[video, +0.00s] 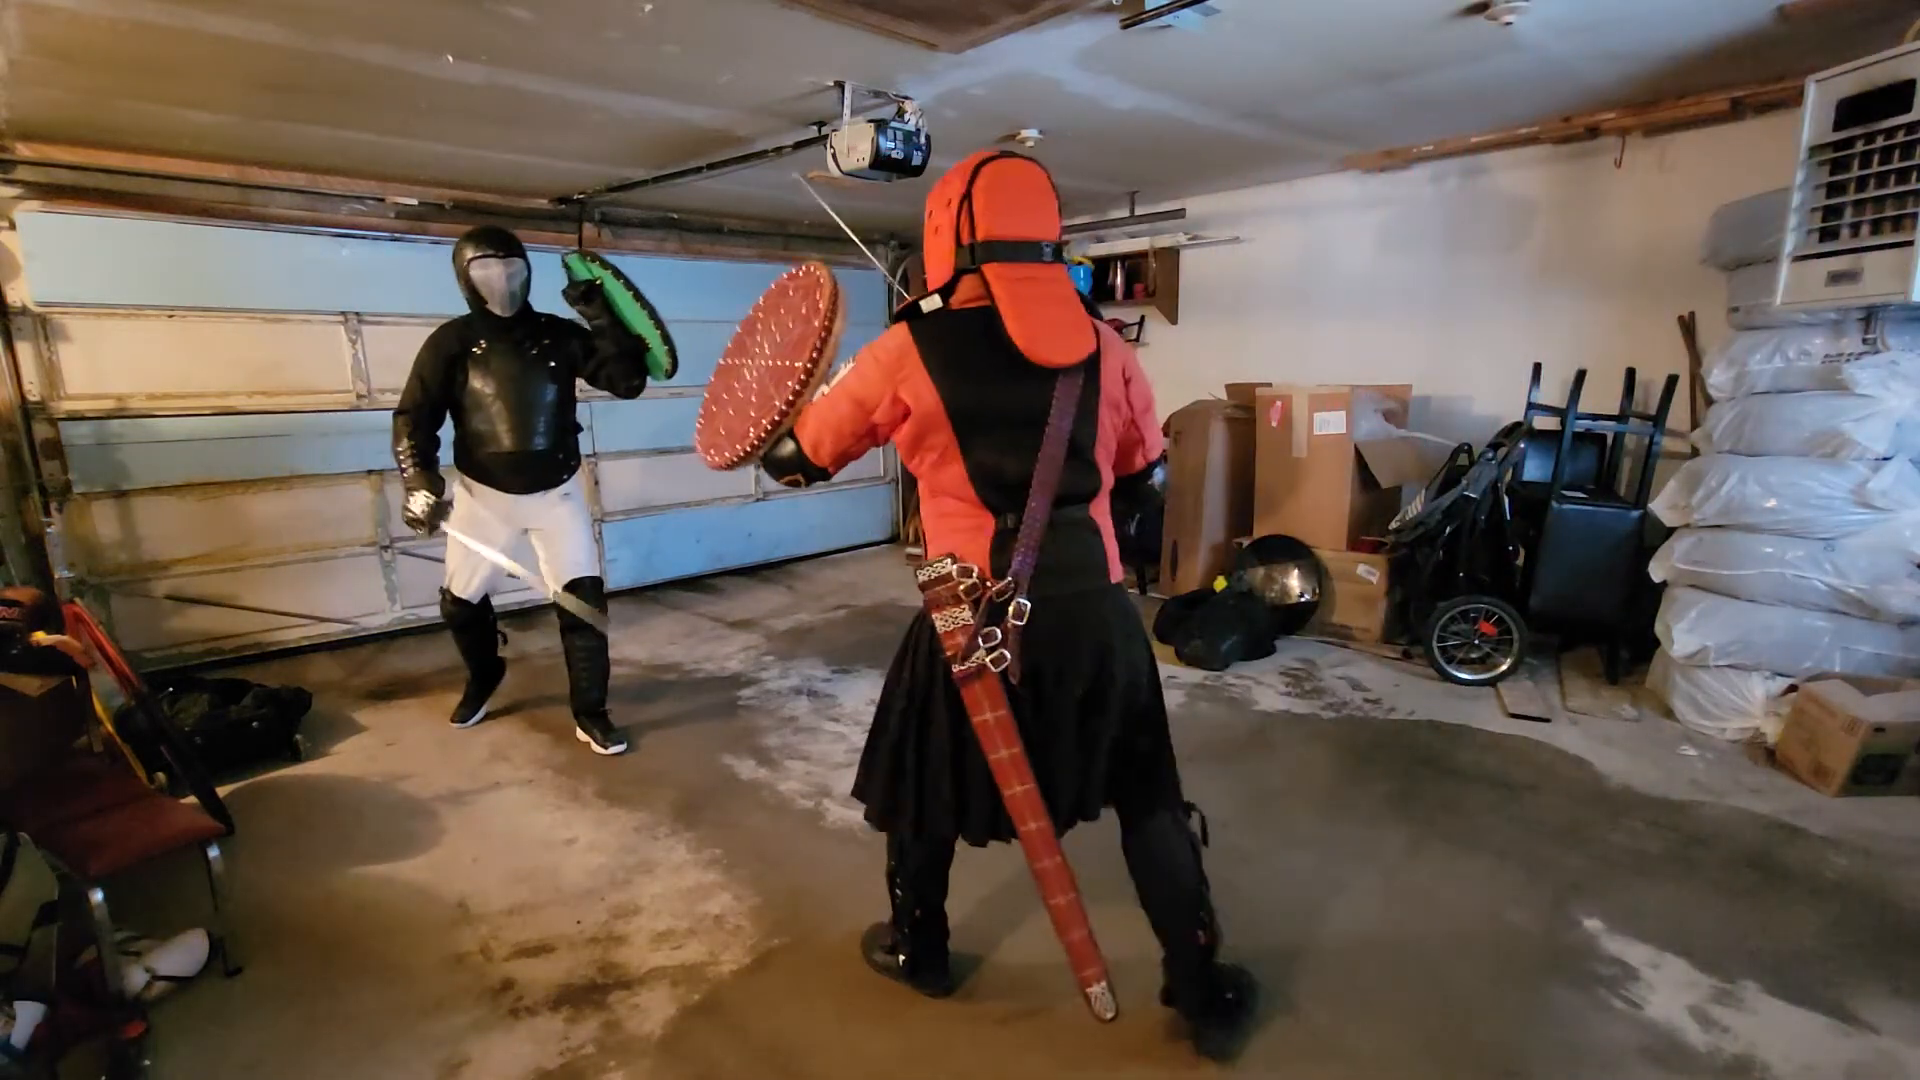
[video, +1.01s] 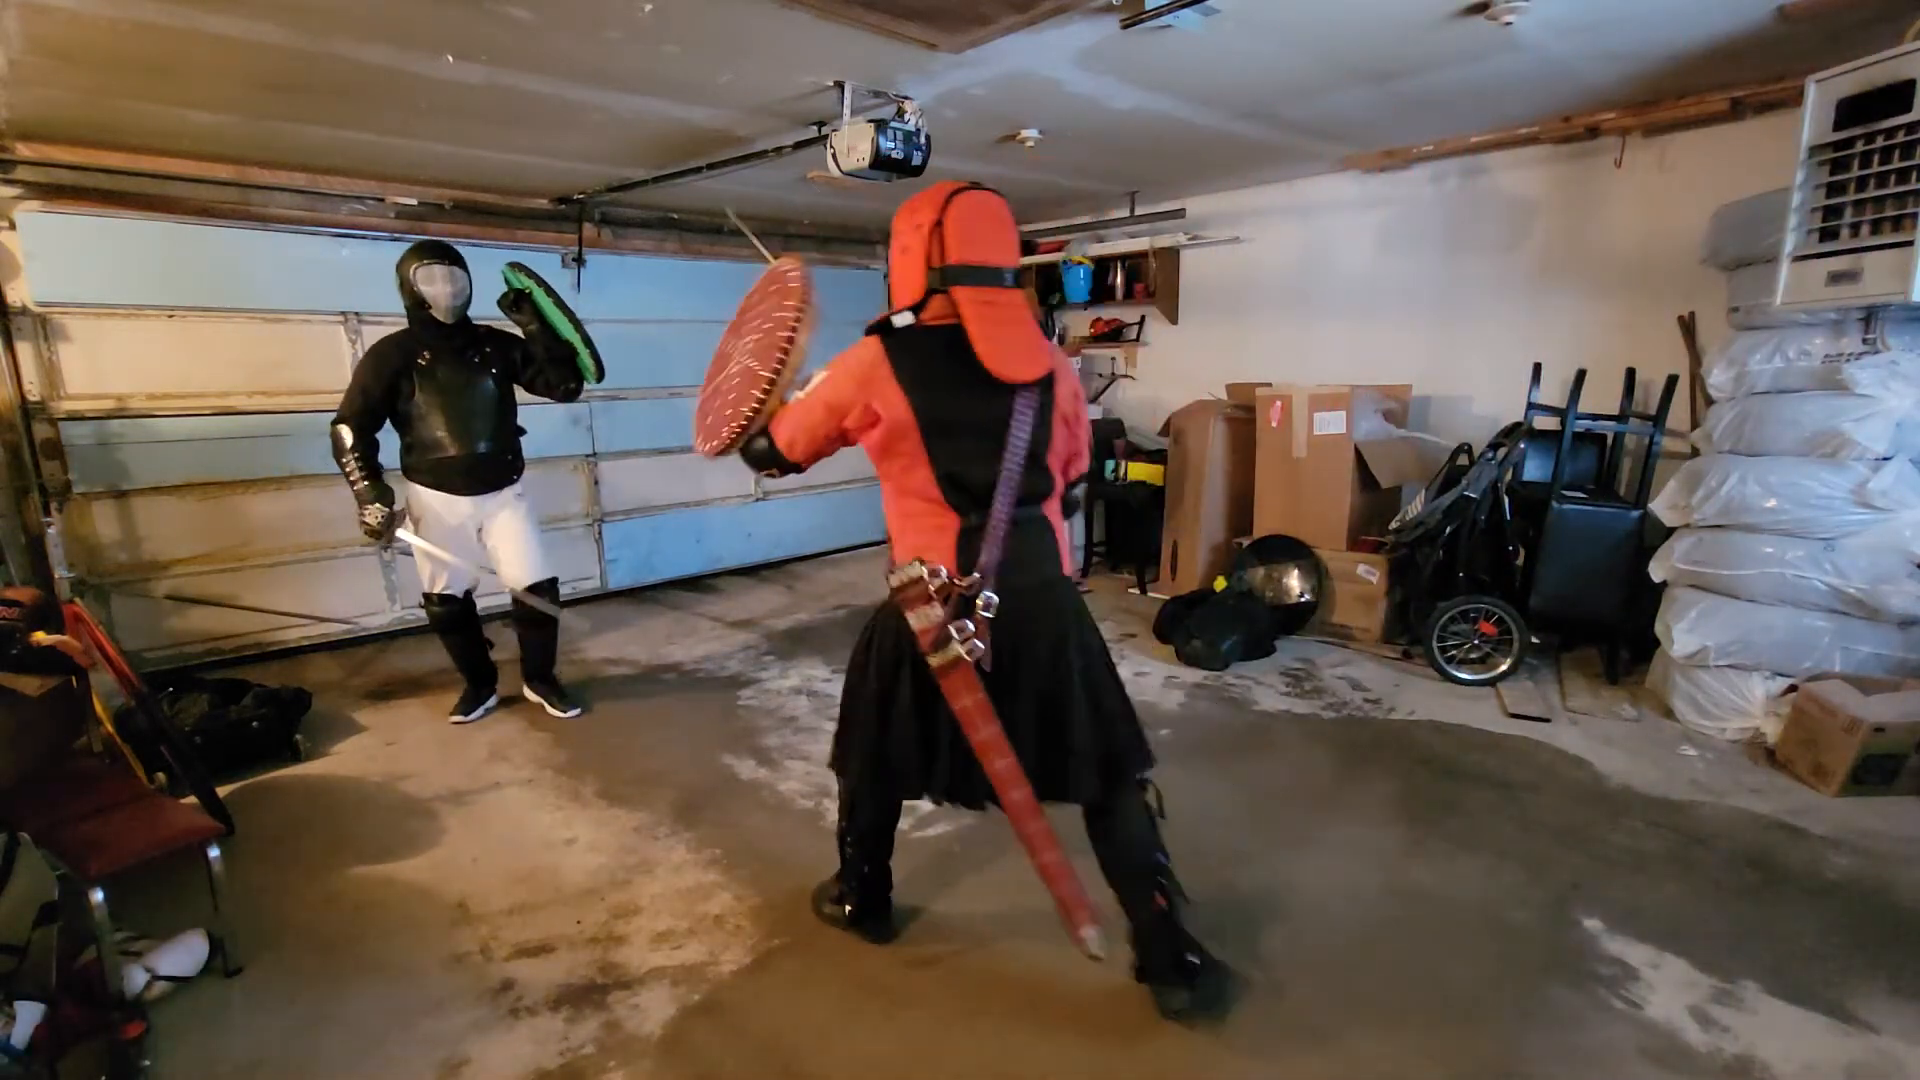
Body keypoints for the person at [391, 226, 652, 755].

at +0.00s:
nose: (501, 272)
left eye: (509, 261)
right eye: (487, 263)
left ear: (524, 268)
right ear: (466, 276)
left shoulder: (562, 336)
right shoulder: (451, 343)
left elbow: (627, 380)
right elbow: (413, 417)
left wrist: (601, 316)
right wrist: (420, 481)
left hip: (557, 494)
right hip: (482, 497)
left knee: (583, 600)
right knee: (461, 602)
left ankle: (591, 712)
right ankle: (485, 673)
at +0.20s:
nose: (507, 271)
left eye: (515, 260)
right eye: (493, 263)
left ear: (530, 268)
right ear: (472, 276)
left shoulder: (566, 336)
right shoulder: (455, 342)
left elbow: (631, 379)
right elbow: (412, 416)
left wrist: (604, 313)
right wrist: (422, 474)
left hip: (559, 498)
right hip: (482, 501)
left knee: (586, 607)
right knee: (460, 604)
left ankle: (590, 712)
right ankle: (485, 664)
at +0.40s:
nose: (484, 279)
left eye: (492, 268)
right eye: (470, 271)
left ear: (510, 276)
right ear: (451, 284)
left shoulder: (548, 342)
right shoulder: (438, 351)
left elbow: (611, 385)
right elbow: (392, 423)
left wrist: (589, 322)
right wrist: (409, 464)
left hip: (545, 497)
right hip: (469, 501)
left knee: (577, 605)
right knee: (456, 614)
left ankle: (590, 712)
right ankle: (473, 676)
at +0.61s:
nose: (461, 288)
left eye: (469, 276)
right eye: (447, 277)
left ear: (484, 282)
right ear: (427, 287)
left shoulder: (518, 345)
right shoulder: (411, 355)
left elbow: (583, 389)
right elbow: (365, 428)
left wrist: (557, 326)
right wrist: (389, 469)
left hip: (517, 499)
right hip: (446, 503)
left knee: (555, 597)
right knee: (451, 608)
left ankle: (586, 705)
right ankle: (480, 681)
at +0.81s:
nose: (449, 288)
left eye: (456, 276)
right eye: (435, 277)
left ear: (470, 281)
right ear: (413, 286)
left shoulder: (503, 344)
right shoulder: (396, 354)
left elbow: (567, 384)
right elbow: (351, 424)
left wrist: (537, 324)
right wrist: (371, 484)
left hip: (504, 498)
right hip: (434, 503)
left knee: (545, 583)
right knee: (447, 603)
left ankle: (554, 678)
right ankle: (480, 681)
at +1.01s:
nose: (446, 289)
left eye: (453, 277)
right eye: (432, 279)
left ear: (468, 282)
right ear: (410, 289)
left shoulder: (497, 346)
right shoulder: (392, 356)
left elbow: (565, 384)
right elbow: (349, 429)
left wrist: (535, 326)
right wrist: (371, 495)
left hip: (503, 496)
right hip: (435, 501)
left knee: (536, 586)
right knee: (446, 602)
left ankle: (540, 679)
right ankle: (480, 682)